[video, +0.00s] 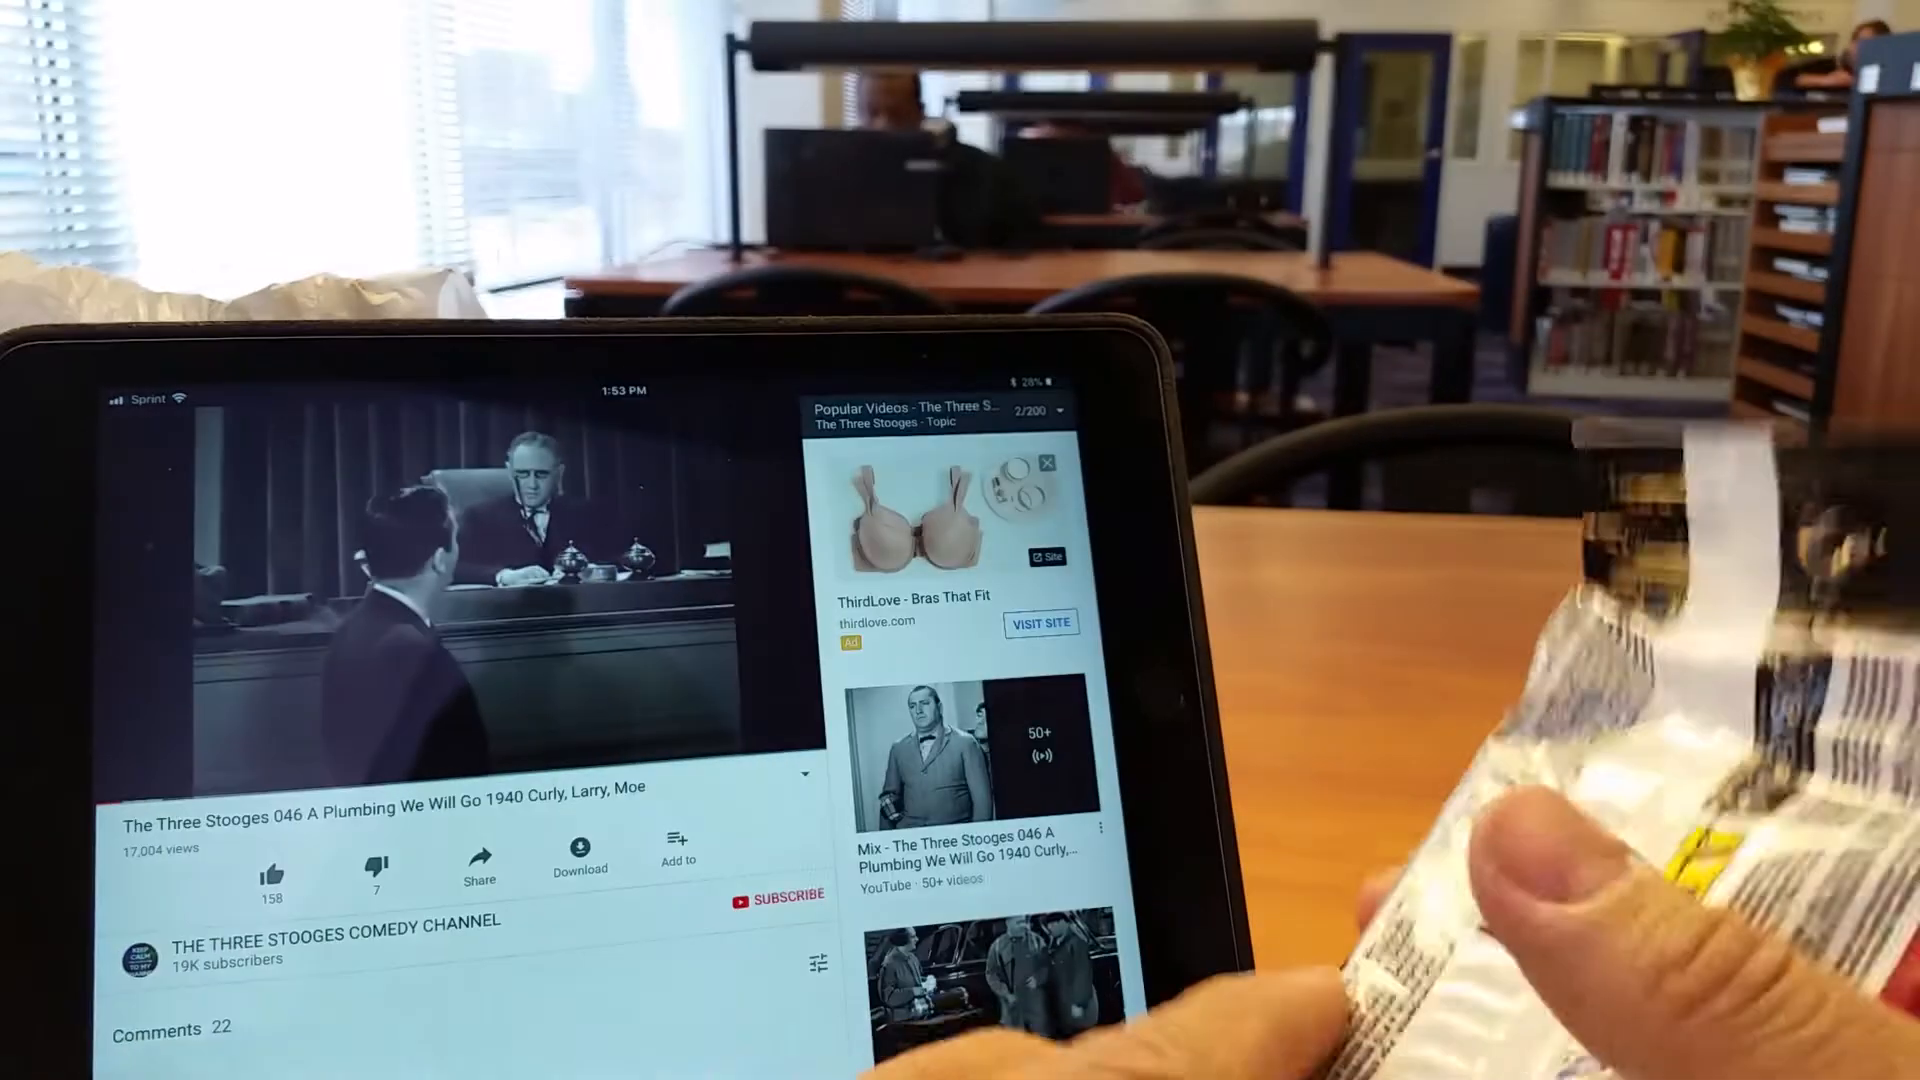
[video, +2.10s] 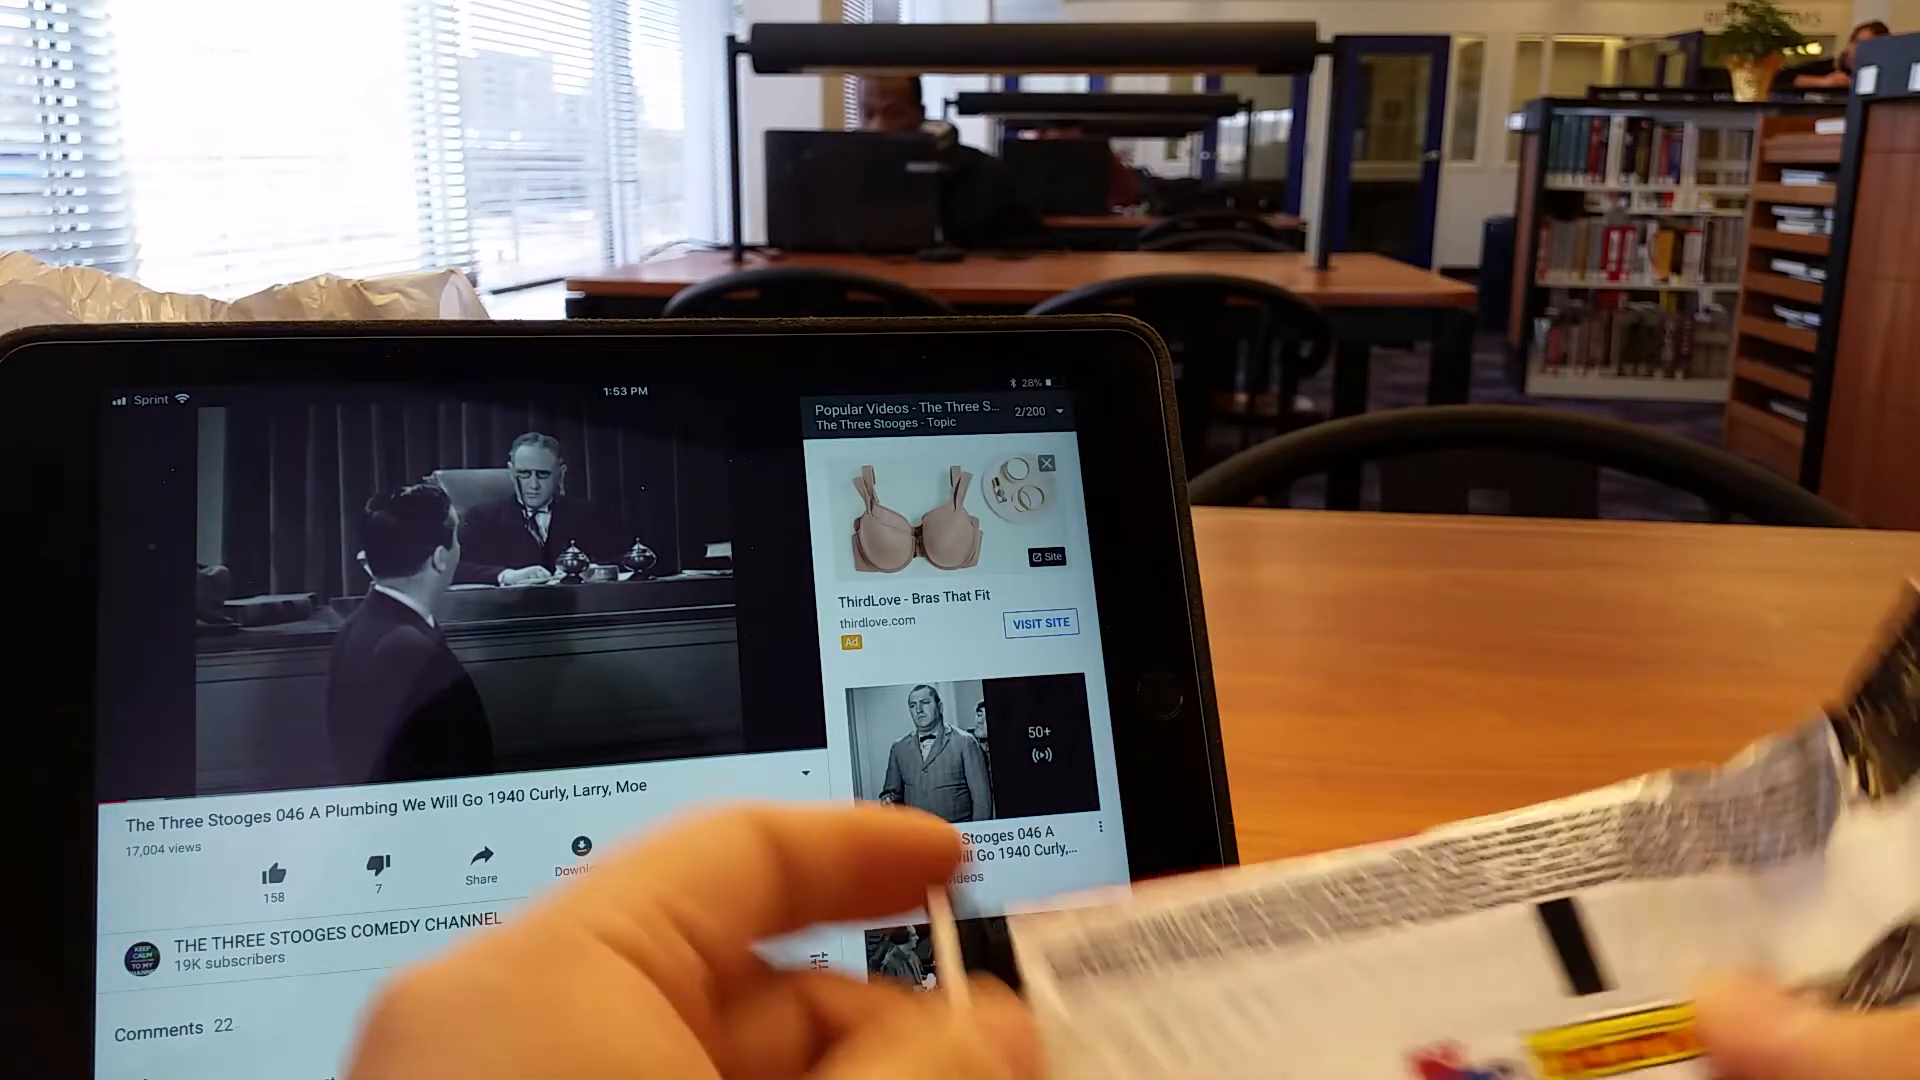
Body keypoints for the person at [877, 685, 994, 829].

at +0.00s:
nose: (918, 710)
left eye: (925, 703)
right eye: (913, 706)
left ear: (939, 707)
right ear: (909, 711)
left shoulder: (964, 743)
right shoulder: (899, 749)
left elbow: (982, 799)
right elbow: (890, 793)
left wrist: (978, 838)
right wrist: (888, 802)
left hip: (955, 834)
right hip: (909, 838)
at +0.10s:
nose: (919, 709)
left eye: (925, 703)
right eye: (913, 705)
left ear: (939, 707)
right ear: (909, 711)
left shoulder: (964, 742)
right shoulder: (899, 749)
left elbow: (981, 796)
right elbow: (890, 794)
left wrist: (977, 835)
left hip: (955, 830)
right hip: (910, 834)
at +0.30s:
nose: (919, 710)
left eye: (925, 703)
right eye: (913, 705)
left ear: (939, 706)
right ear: (909, 711)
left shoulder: (964, 742)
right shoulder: (899, 749)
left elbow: (981, 795)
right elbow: (891, 794)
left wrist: (978, 834)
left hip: (955, 831)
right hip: (910, 835)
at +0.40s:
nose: (918, 709)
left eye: (925, 703)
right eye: (913, 705)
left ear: (939, 706)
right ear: (909, 711)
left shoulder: (964, 742)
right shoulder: (899, 749)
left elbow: (981, 795)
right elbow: (891, 793)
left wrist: (978, 834)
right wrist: (889, 801)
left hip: (956, 832)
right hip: (910, 835)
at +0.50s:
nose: (919, 709)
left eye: (925, 703)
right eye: (913, 705)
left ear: (939, 707)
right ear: (909, 711)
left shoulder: (964, 742)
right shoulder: (899, 749)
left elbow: (981, 795)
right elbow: (891, 794)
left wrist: (979, 834)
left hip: (956, 831)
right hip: (910, 835)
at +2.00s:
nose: (919, 710)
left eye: (925, 703)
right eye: (913, 705)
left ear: (939, 707)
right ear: (909, 711)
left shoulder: (964, 742)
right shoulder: (899, 748)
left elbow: (981, 795)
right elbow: (890, 795)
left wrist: (979, 835)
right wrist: (886, 840)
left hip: (956, 831)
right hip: (910, 836)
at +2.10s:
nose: (919, 709)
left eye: (925, 702)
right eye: (913, 705)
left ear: (939, 706)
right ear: (909, 711)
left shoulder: (964, 742)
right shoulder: (899, 749)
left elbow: (981, 796)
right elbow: (892, 792)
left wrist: (979, 835)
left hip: (958, 833)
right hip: (916, 836)